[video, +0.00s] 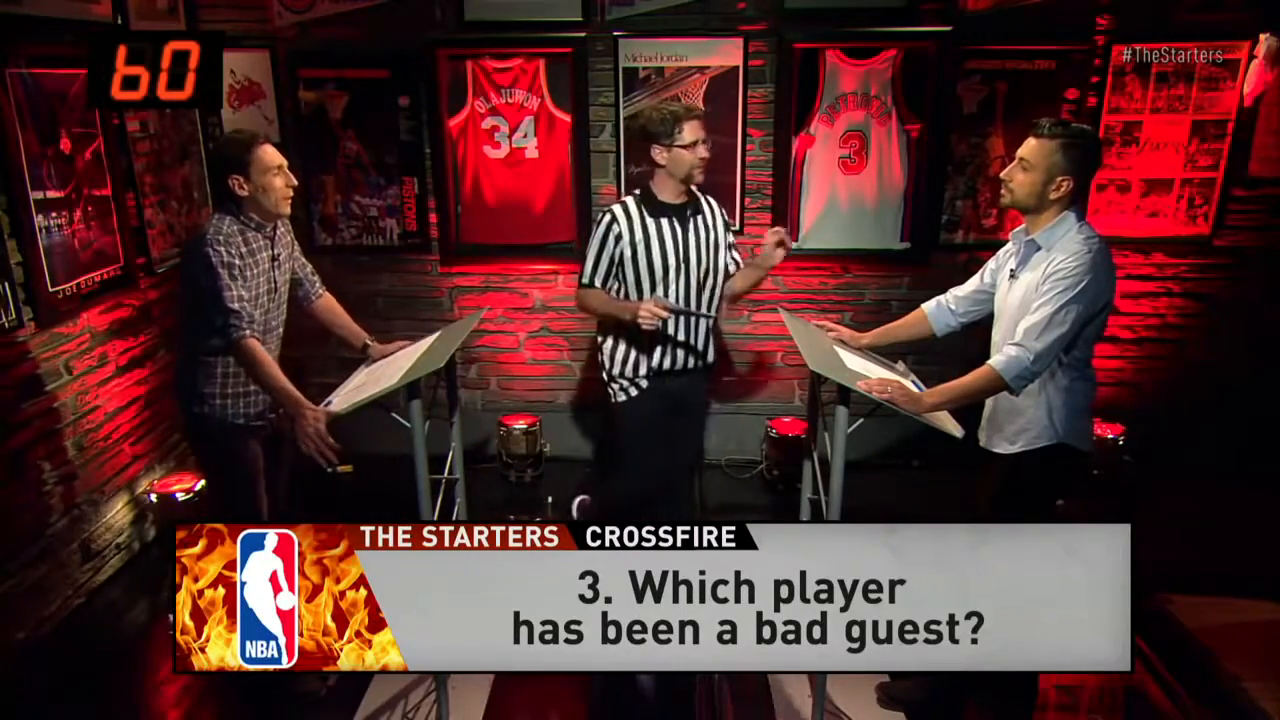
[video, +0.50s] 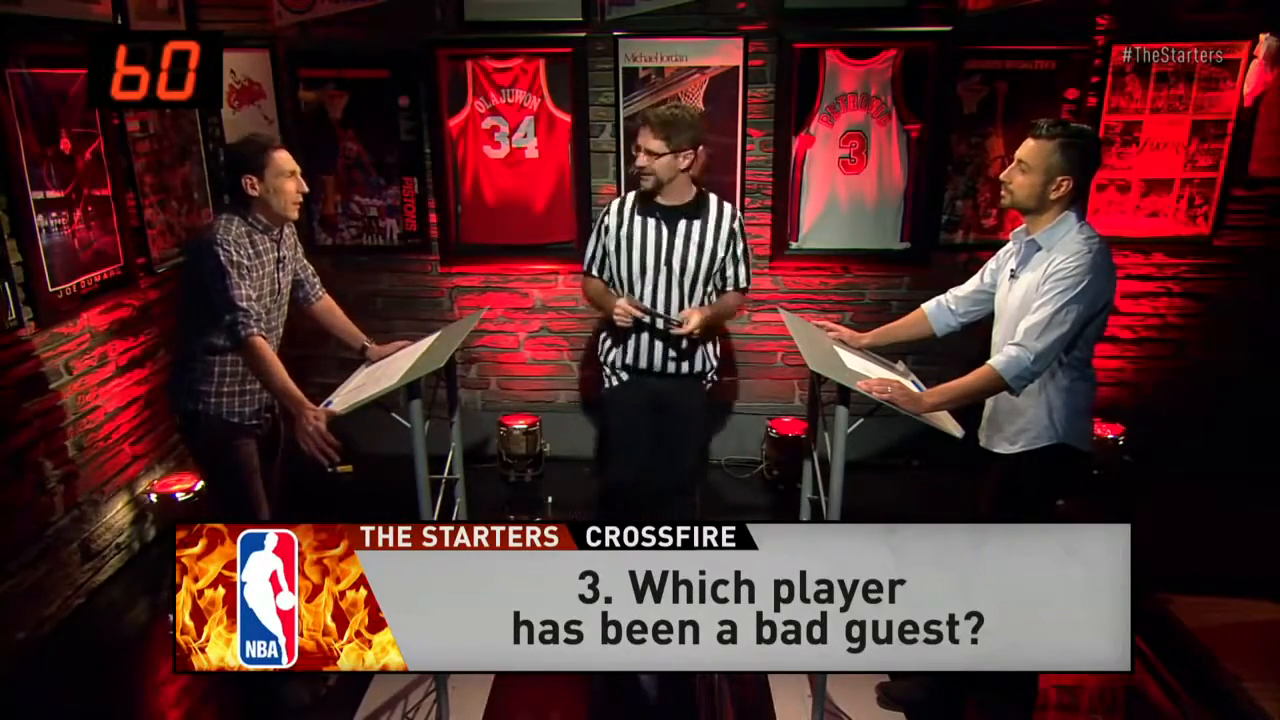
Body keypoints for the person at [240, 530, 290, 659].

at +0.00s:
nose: (271, 544)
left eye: (273, 541)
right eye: (269, 541)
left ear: (276, 543)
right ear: (265, 541)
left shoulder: (277, 560)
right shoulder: (254, 556)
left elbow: (281, 578)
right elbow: (244, 576)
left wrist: (286, 592)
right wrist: (255, 575)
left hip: (266, 589)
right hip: (251, 588)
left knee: (270, 615)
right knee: (259, 615)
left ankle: (281, 640)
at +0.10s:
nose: (271, 544)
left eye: (273, 541)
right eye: (269, 541)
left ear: (276, 543)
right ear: (265, 541)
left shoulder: (277, 560)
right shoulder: (254, 556)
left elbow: (281, 578)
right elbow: (244, 576)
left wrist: (286, 592)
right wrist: (255, 575)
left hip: (266, 589)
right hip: (251, 588)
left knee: (270, 615)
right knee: (259, 615)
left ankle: (281, 640)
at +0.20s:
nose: (271, 544)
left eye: (273, 541)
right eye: (269, 541)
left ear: (276, 543)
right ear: (265, 541)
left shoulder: (277, 561)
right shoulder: (254, 556)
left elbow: (281, 578)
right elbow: (244, 576)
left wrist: (286, 592)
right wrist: (256, 575)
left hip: (266, 588)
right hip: (251, 588)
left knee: (271, 615)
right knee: (260, 614)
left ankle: (281, 640)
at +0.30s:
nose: (271, 544)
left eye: (273, 541)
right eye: (269, 541)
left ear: (276, 543)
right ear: (265, 541)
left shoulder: (277, 561)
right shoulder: (254, 556)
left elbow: (281, 578)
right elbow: (244, 576)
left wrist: (286, 592)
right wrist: (256, 575)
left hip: (266, 588)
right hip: (251, 588)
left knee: (271, 615)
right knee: (260, 615)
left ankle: (281, 640)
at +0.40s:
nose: (271, 544)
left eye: (273, 541)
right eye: (270, 541)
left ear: (276, 543)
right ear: (265, 541)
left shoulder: (277, 560)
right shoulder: (254, 556)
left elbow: (282, 579)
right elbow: (244, 576)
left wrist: (286, 592)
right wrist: (254, 575)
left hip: (266, 589)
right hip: (251, 589)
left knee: (271, 616)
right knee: (260, 615)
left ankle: (281, 641)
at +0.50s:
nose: (271, 544)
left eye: (274, 541)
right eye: (270, 540)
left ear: (276, 543)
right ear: (265, 541)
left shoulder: (277, 561)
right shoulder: (254, 556)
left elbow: (282, 579)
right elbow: (244, 576)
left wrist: (286, 592)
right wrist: (256, 575)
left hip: (266, 589)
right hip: (251, 589)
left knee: (271, 616)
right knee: (260, 615)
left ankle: (281, 641)